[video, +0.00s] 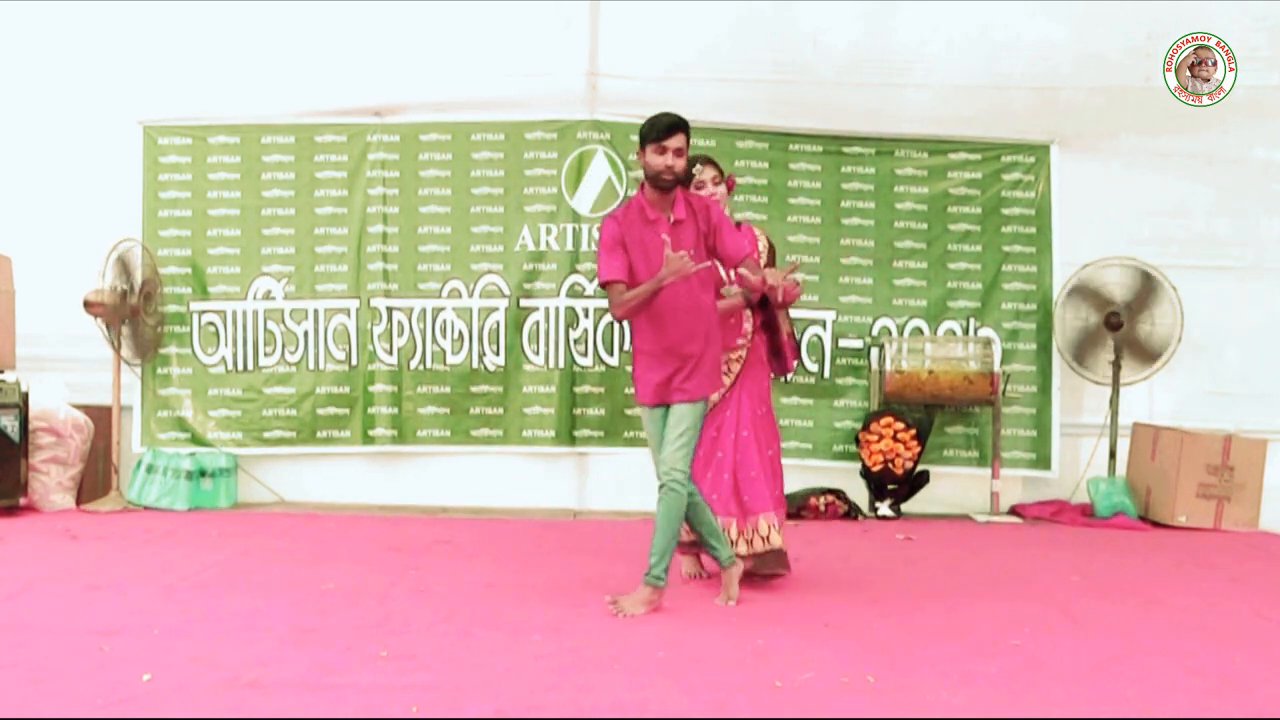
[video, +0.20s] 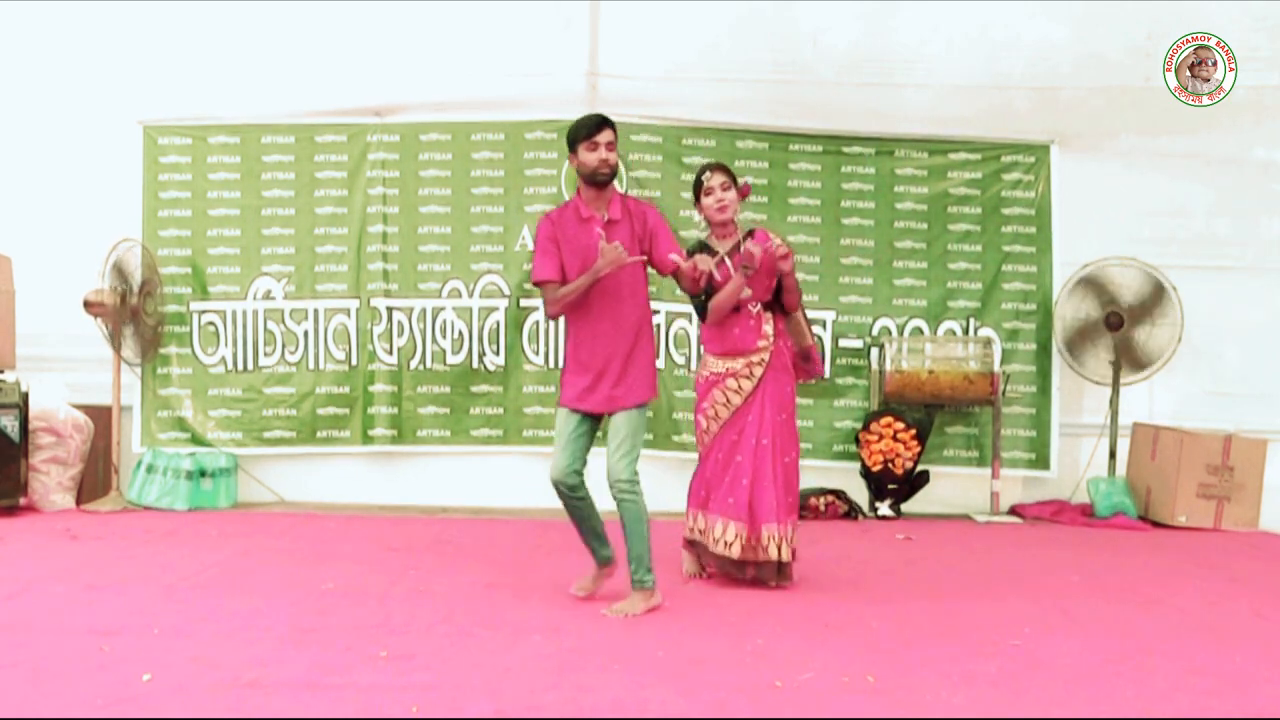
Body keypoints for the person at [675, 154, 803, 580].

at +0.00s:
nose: (709, 190)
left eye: (715, 182)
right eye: (699, 185)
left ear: (728, 187)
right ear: (687, 193)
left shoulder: (753, 238)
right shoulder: (683, 240)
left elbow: (772, 290)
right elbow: (691, 308)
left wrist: (782, 288)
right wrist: (743, 298)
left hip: (749, 352)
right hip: (704, 353)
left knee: (749, 444)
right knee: (706, 448)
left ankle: (756, 543)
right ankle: (696, 543)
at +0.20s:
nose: (718, 197)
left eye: (725, 189)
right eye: (708, 192)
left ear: (740, 195)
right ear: (699, 205)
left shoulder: (765, 244)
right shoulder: (697, 257)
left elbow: (791, 305)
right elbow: (712, 313)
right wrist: (745, 273)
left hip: (768, 358)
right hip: (722, 362)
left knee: (769, 449)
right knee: (721, 452)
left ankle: (769, 551)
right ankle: (698, 541)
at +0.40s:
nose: (731, 201)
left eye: (739, 193)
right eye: (722, 197)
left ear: (756, 200)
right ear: (716, 210)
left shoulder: (784, 248)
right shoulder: (718, 259)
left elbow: (818, 301)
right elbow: (721, 319)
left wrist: (804, 265)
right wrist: (746, 276)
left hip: (789, 364)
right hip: (744, 368)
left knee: (790, 454)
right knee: (749, 455)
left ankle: (790, 553)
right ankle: (749, 552)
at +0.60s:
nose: (734, 197)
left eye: (742, 188)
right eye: (726, 193)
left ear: (762, 193)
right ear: (721, 204)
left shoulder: (789, 242)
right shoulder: (721, 252)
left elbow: (818, 301)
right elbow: (720, 311)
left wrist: (803, 261)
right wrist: (745, 270)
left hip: (789, 359)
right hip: (743, 362)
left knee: (789, 448)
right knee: (747, 451)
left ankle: (796, 549)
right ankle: (753, 548)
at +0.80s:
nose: (729, 207)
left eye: (738, 199)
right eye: (722, 202)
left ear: (759, 205)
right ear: (717, 214)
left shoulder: (788, 256)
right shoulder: (717, 264)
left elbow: (814, 312)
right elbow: (711, 325)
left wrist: (793, 277)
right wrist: (735, 281)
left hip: (786, 370)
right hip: (738, 373)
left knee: (783, 456)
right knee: (737, 459)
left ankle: (788, 554)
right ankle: (746, 555)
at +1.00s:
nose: (709, 187)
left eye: (718, 179)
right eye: (703, 183)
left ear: (742, 184)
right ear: (700, 194)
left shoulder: (775, 237)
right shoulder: (699, 243)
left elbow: (798, 298)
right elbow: (683, 304)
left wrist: (772, 264)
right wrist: (712, 263)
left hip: (763, 351)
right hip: (715, 353)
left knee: (753, 437)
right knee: (713, 440)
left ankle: (757, 544)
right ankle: (720, 545)